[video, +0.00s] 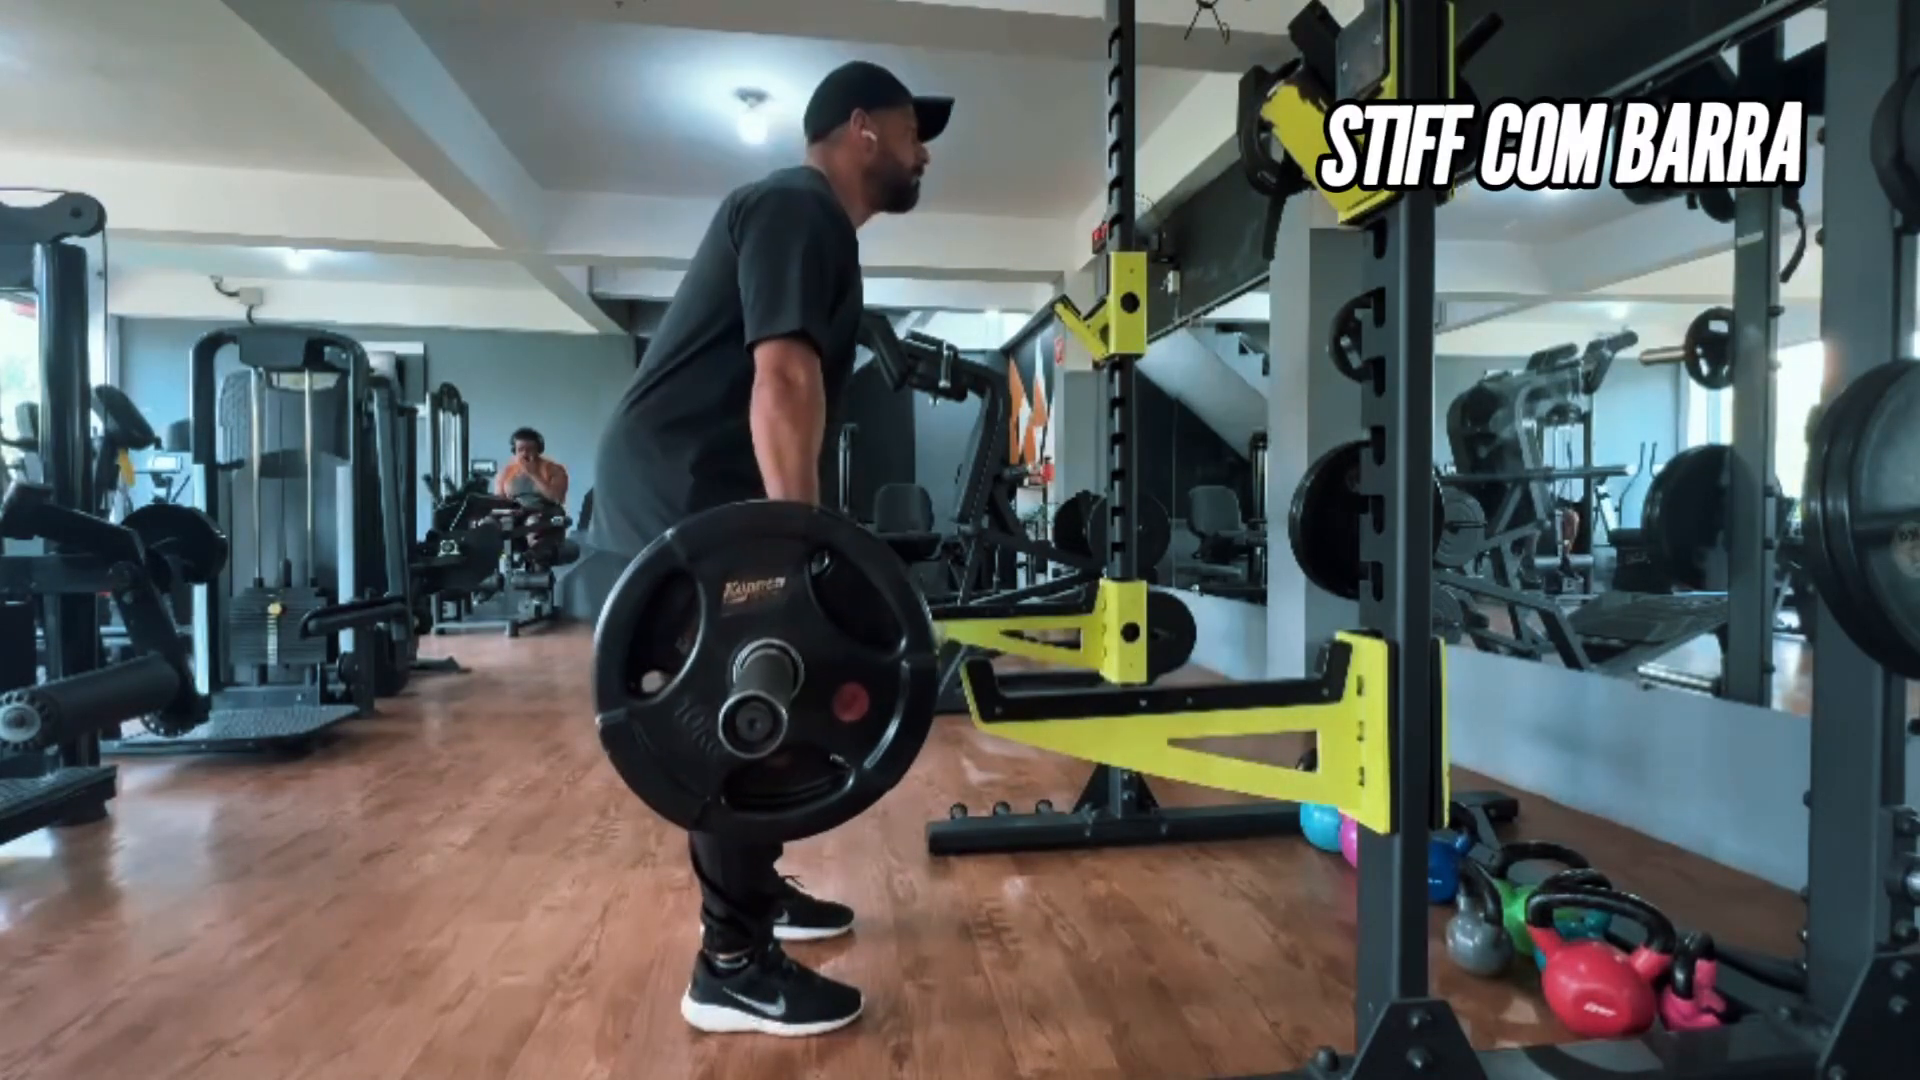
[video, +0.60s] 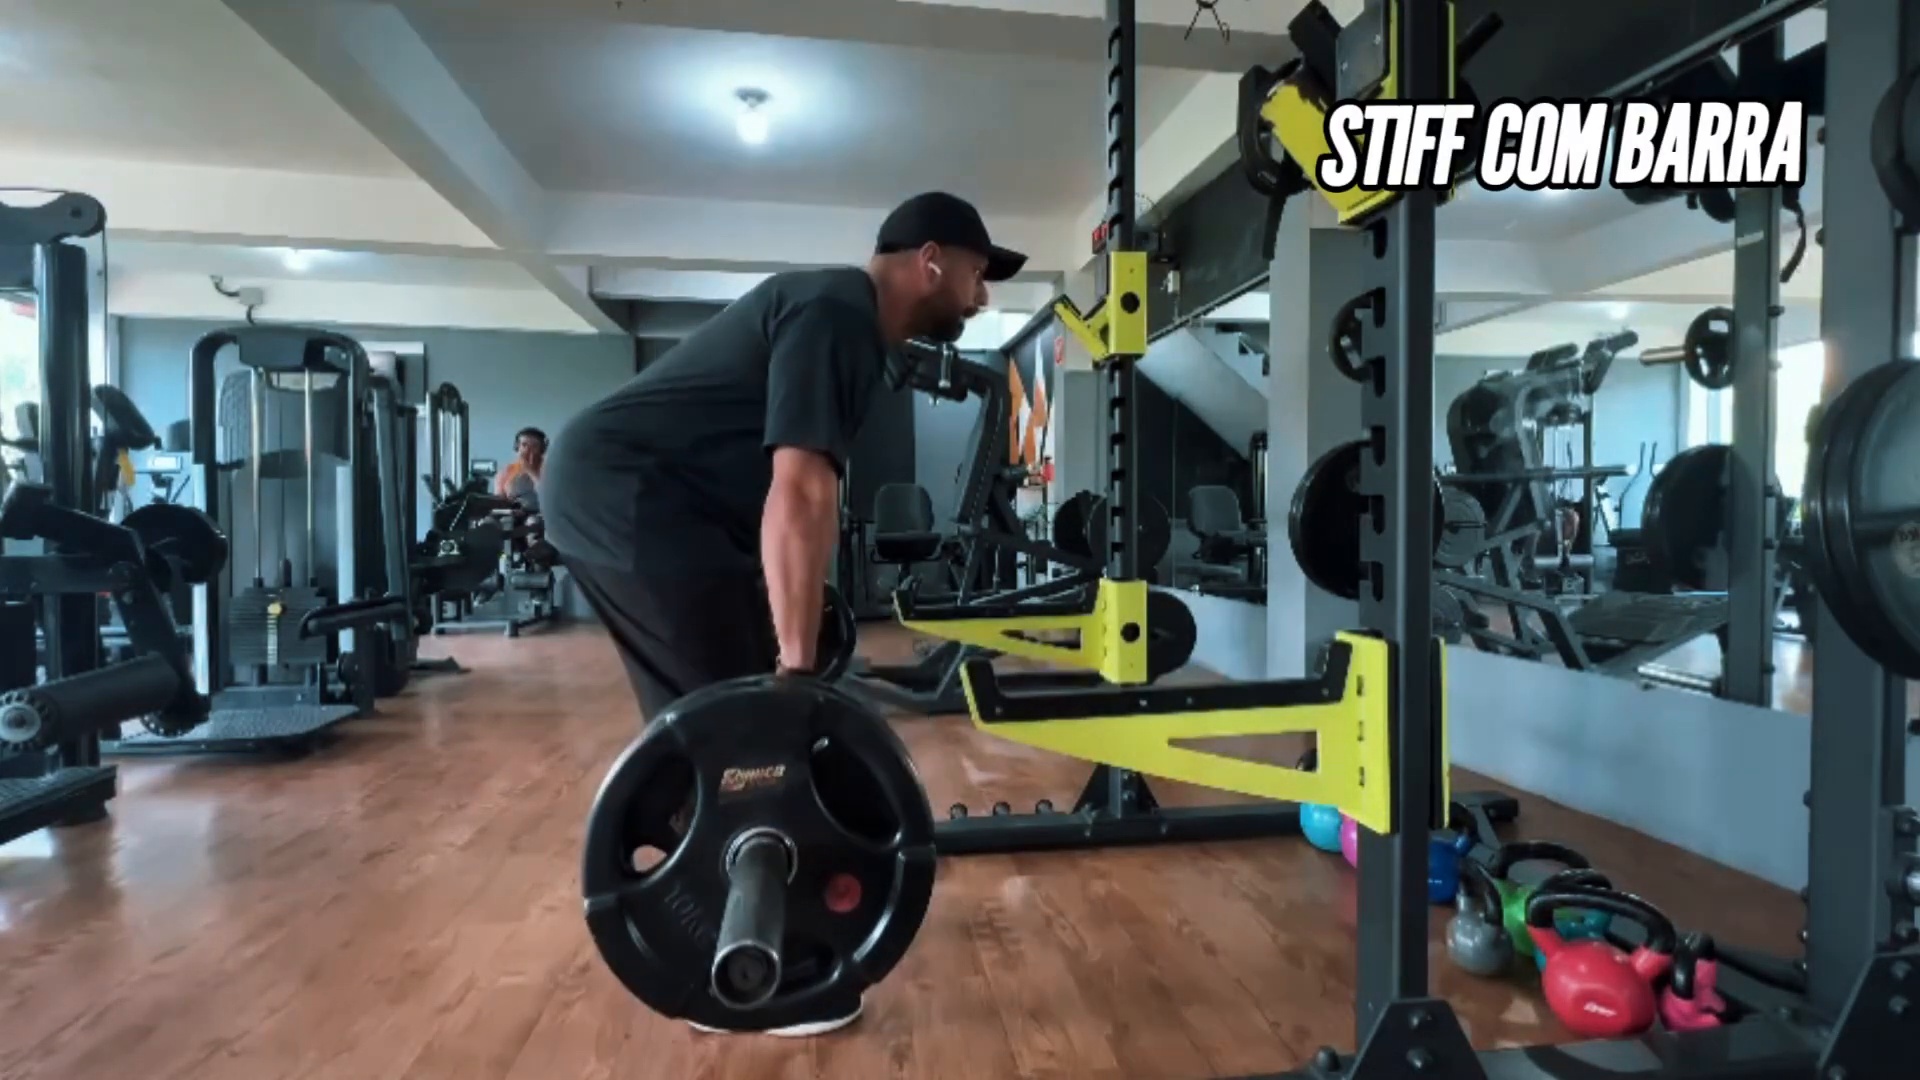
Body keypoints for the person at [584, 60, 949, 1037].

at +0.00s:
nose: (925, 156)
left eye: (925, 139)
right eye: (914, 134)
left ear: (853, 135)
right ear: (857, 130)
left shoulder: (816, 220)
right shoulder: (796, 203)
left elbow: (794, 384)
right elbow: (782, 376)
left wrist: (805, 547)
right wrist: (803, 551)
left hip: (706, 488)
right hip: (681, 491)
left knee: (758, 693)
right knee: (739, 708)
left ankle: (748, 882)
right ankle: (730, 961)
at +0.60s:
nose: (982, 299)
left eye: (986, 283)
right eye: (978, 277)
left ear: (923, 266)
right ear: (927, 261)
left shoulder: (853, 331)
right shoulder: (831, 307)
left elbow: (805, 491)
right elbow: (800, 489)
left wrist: (801, 650)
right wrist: (800, 661)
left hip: (628, 485)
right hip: (624, 484)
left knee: (706, 719)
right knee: (747, 714)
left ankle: (715, 946)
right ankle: (764, 965)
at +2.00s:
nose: (922, 160)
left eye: (922, 143)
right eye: (913, 139)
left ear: (854, 136)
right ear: (858, 131)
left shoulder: (816, 225)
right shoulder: (792, 205)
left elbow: (796, 387)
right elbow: (787, 381)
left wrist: (809, 558)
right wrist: (807, 561)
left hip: (700, 478)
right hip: (664, 478)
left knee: (748, 689)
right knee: (722, 705)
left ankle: (750, 881)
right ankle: (731, 960)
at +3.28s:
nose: (981, 273)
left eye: (985, 256)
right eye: (975, 251)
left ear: (917, 244)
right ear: (924, 238)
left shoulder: (853, 314)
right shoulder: (831, 291)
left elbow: (816, 476)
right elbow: (813, 470)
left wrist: (821, 642)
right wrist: (822, 647)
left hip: (659, 489)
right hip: (633, 483)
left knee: (723, 719)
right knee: (734, 715)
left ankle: (746, 957)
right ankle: (735, 971)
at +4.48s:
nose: (934, 178)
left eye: (935, 160)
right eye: (925, 157)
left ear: (867, 153)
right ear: (870, 148)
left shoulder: (820, 234)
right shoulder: (800, 216)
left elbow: (799, 394)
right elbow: (788, 386)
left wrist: (810, 562)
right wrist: (813, 566)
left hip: (694, 475)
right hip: (660, 475)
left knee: (741, 682)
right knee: (724, 697)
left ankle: (748, 881)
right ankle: (729, 958)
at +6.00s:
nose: (967, 272)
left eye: (970, 256)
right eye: (960, 250)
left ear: (899, 243)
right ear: (908, 237)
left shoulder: (830, 307)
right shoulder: (817, 292)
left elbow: (796, 476)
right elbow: (793, 470)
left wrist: (803, 639)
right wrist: (804, 645)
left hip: (627, 489)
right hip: (625, 488)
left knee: (711, 719)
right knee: (745, 710)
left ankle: (733, 959)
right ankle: (737, 973)